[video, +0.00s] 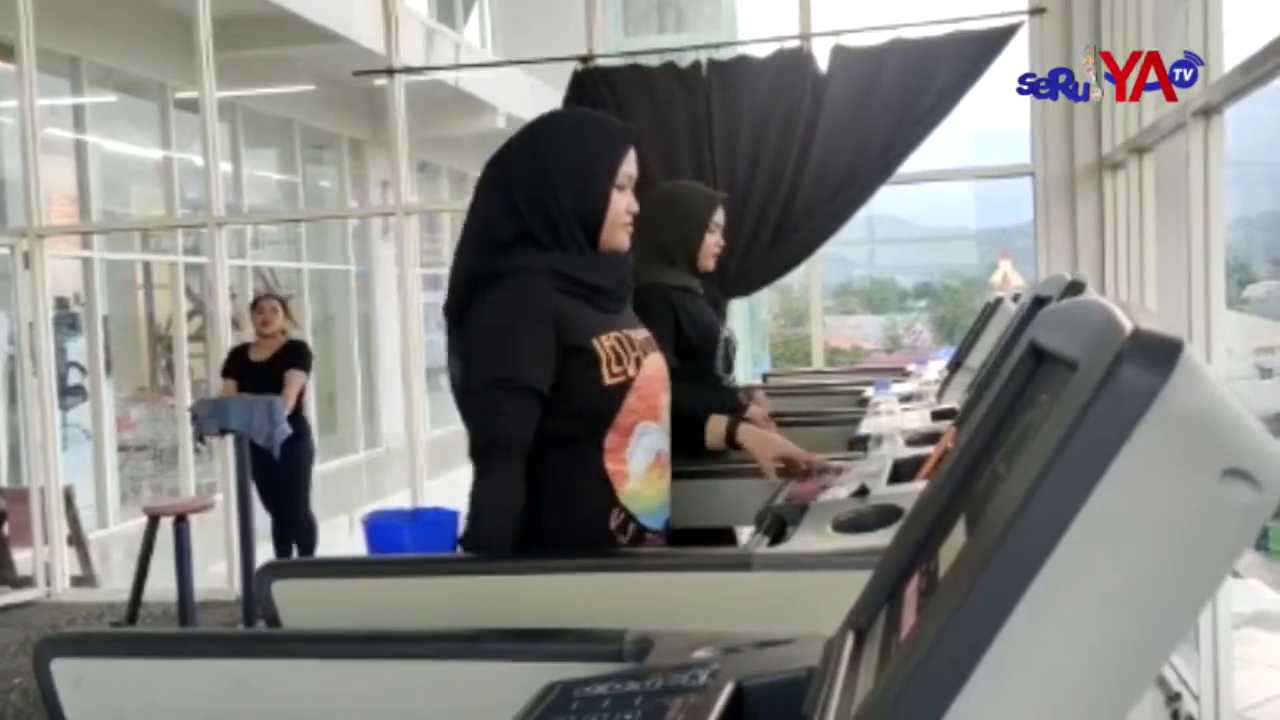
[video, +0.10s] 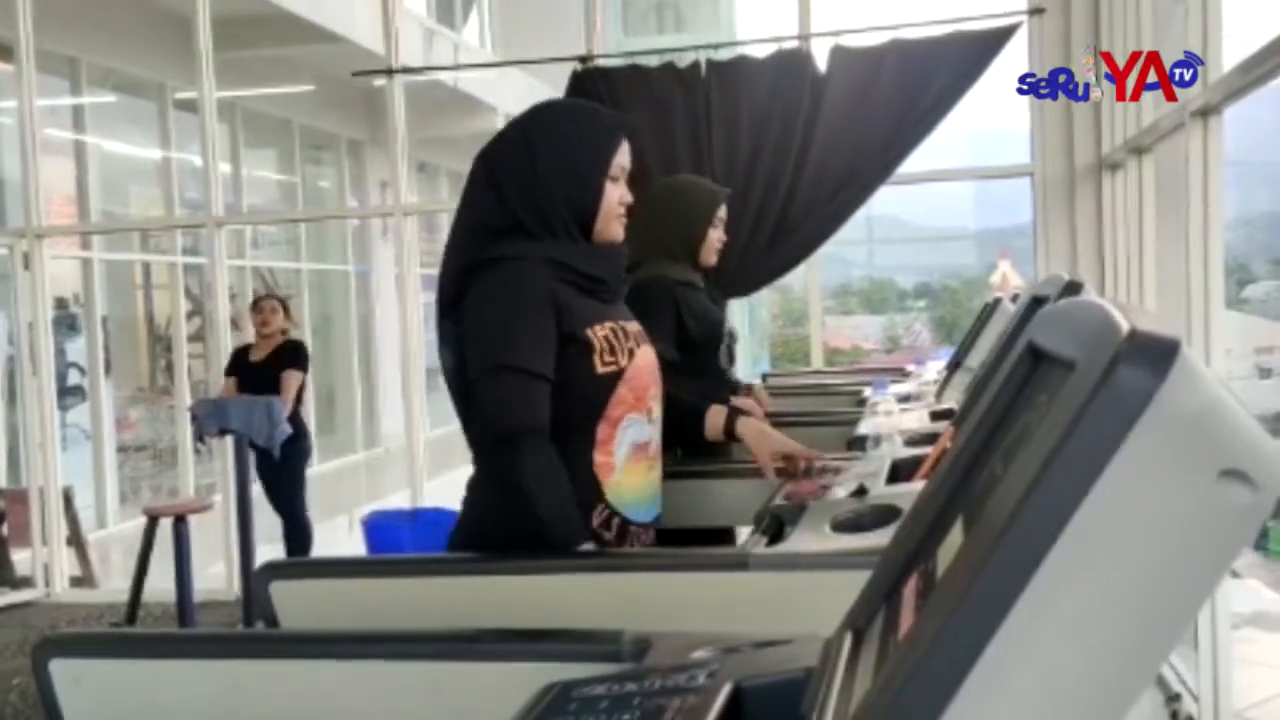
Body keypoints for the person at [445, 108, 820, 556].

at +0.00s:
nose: (635, 207)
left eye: (632, 189)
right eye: (621, 188)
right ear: (571, 188)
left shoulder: (598, 289)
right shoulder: (519, 300)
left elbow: (623, 413)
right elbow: (501, 461)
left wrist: (738, 434)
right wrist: (478, 589)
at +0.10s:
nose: (629, 199)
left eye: (626, 181)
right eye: (614, 179)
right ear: (564, 179)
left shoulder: (588, 279)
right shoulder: (516, 285)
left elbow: (627, 400)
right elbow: (515, 449)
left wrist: (737, 425)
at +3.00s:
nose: (634, 207)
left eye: (632, 192)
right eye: (621, 191)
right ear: (571, 188)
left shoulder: (587, 287)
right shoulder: (518, 294)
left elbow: (618, 421)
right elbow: (508, 458)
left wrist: (729, 443)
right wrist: (513, 581)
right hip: (562, 550)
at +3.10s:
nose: (630, 202)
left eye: (629, 186)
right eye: (618, 186)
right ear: (567, 183)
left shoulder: (580, 278)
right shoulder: (517, 284)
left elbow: (622, 406)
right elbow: (524, 449)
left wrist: (740, 438)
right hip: (532, 550)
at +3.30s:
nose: (633, 215)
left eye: (631, 199)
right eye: (621, 198)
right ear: (573, 196)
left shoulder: (590, 294)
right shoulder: (529, 297)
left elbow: (633, 418)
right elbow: (559, 441)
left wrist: (739, 439)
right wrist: (664, 514)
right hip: (543, 553)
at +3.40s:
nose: (637, 205)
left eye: (635, 190)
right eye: (623, 189)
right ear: (574, 190)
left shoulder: (598, 290)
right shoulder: (533, 294)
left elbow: (639, 417)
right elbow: (548, 447)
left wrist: (749, 440)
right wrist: (643, 530)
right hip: (561, 555)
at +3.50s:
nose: (642, 192)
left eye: (640, 177)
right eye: (629, 175)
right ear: (579, 174)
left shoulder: (603, 276)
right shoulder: (527, 283)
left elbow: (644, 403)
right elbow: (525, 447)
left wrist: (752, 434)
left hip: (632, 527)